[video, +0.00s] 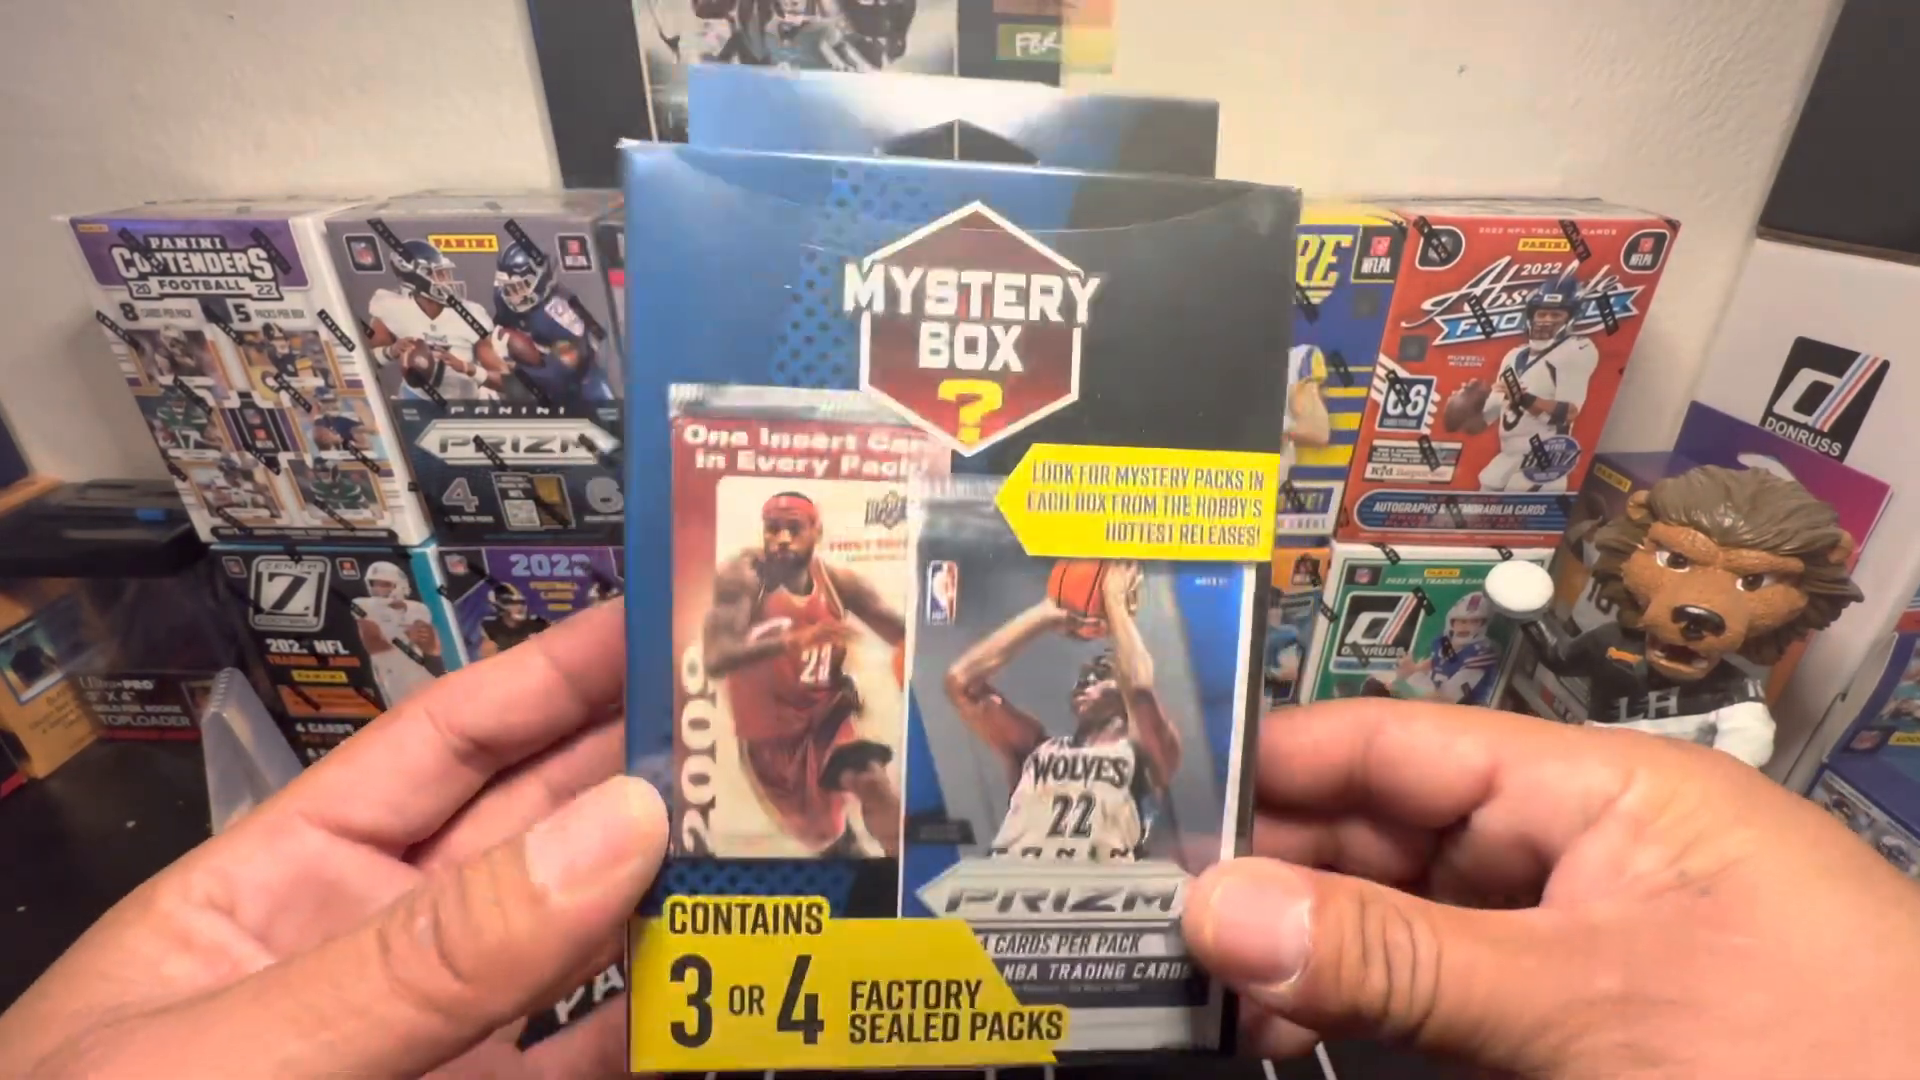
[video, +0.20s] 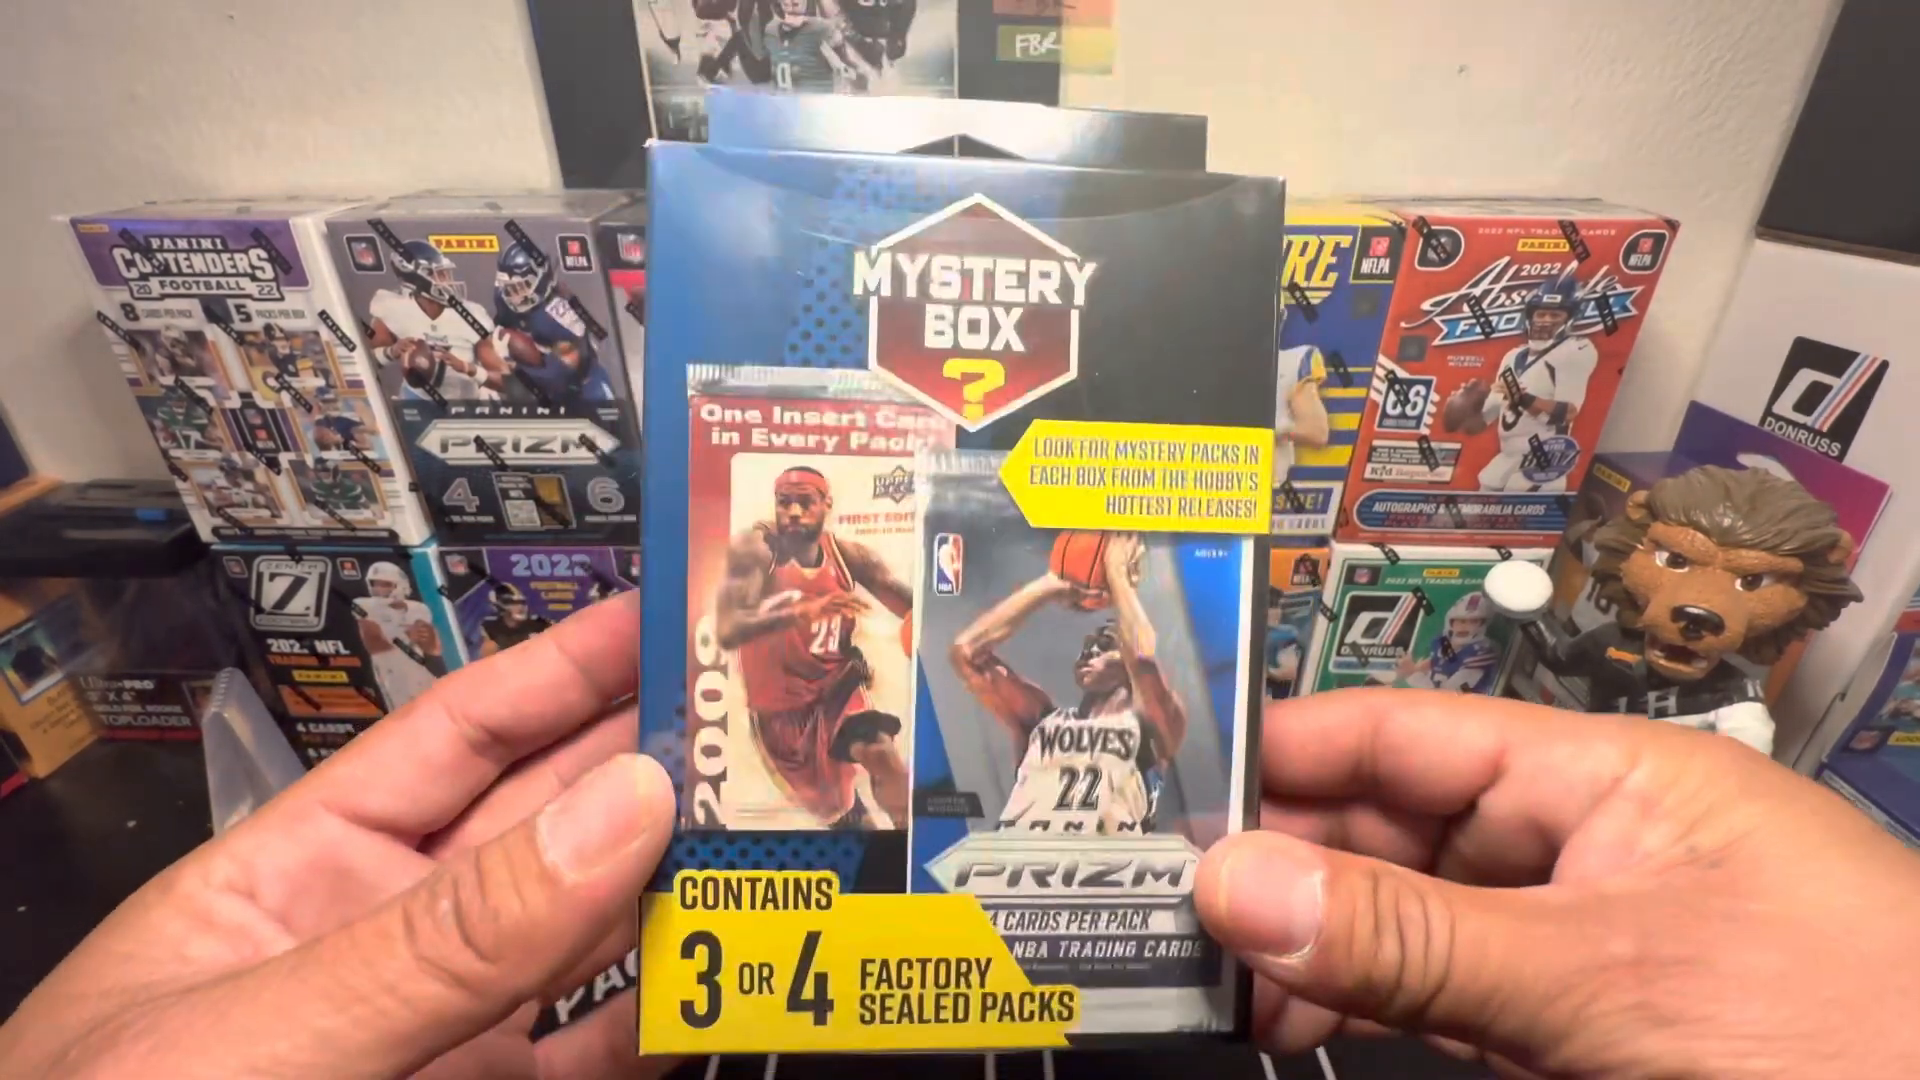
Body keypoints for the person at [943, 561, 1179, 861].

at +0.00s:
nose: (1083, 684)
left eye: (1100, 675)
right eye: (1081, 677)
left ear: (1124, 690)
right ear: (1072, 694)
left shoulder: (1143, 755)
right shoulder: (1034, 748)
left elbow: (1138, 688)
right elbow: (961, 682)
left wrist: (1115, 603)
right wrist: (1046, 614)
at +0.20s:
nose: (1087, 654)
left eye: (1104, 645)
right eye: (1085, 647)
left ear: (1128, 662)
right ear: (1077, 662)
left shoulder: (1149, 727)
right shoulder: (1039, 719)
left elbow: (1141, 661)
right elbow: (967, 651)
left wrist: (1118, 575)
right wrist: (1047, 586)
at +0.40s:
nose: (1091, 635)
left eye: (1110, 626)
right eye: (1090, 628)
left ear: (1134, 642)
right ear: (1081, 642)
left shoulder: (1158, 710)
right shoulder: (1042, 704)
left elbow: (1146, 642)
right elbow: (968, 636)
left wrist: (1120, 554)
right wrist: (1051, 568)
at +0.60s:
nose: (1043, 680)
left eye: (1061, 672)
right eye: (1042, 674)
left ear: (1087, 688)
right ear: (1033, 689)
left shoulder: (1113, 755)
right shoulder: (997, 753)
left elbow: (1099, 683)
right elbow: (917, 691)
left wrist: (1066, 594)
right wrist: (997, 616)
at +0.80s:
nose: (1025, 707)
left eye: (1043, 700)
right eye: (1023, 701)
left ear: (1069, 715)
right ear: (1014, 715)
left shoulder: (1094, 779)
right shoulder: (980, 778)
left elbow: (1081, 712)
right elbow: (900, 718)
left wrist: (1047, 623)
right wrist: (980, 644)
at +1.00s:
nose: (1037, 722)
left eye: (1053, 716)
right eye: (1035, 716)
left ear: (1078, 730)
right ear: (1026, 728)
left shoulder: (1099, 791)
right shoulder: (988, 789)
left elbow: (1089, 728)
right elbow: (914, 731)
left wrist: (1060, 644)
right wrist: (995, 661)